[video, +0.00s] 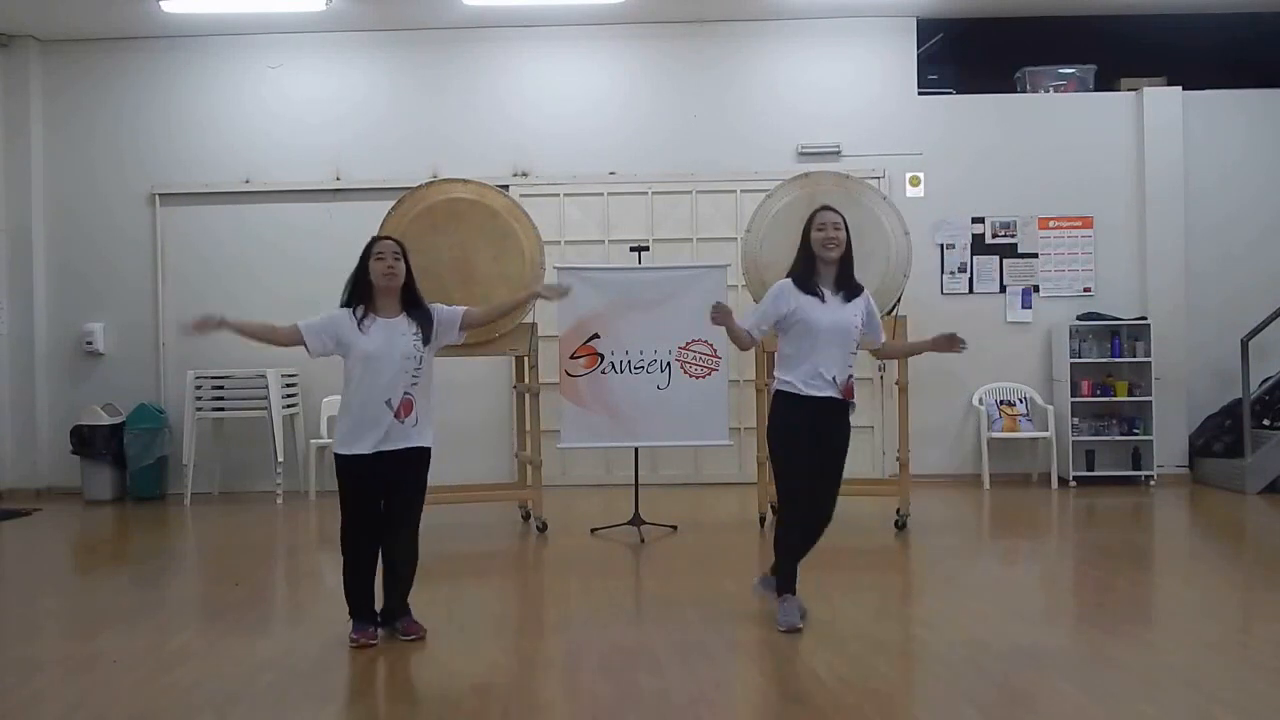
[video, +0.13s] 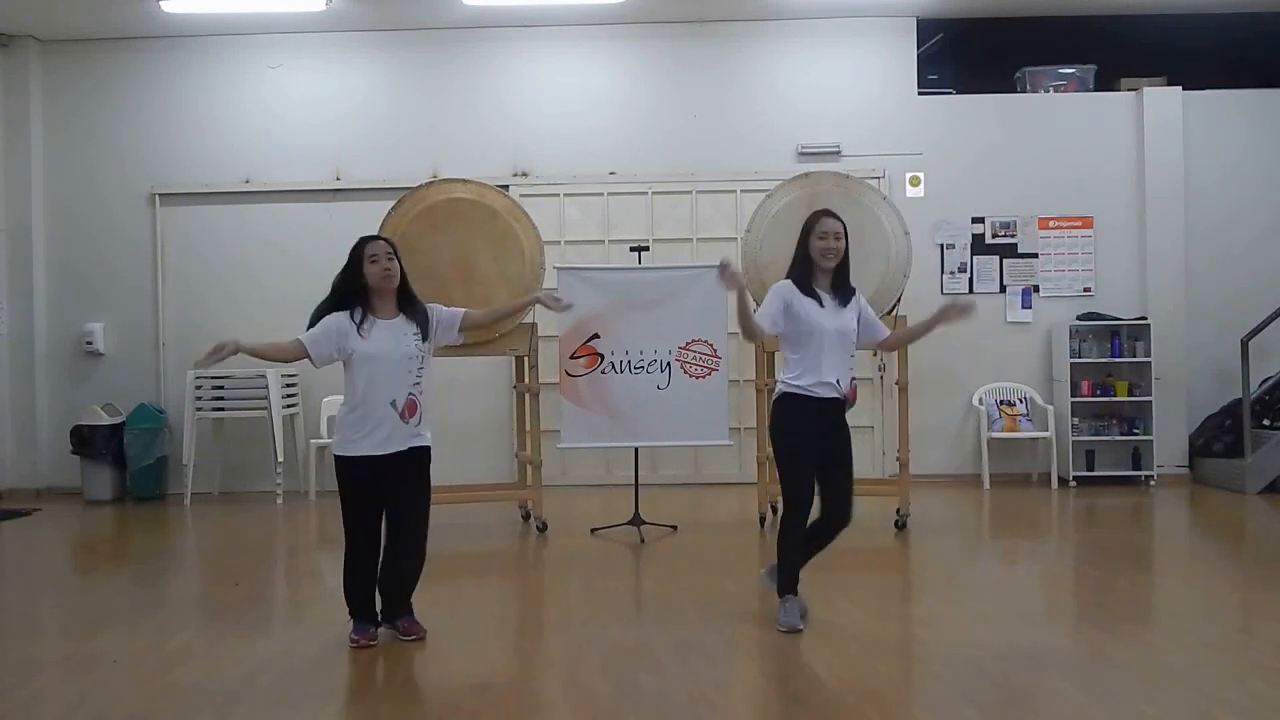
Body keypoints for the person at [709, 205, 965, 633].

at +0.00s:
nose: (829, 233)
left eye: (836, 227)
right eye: (820, 228)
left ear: (847, 239)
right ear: (807, 239)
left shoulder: (859, 297)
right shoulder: (787, 290)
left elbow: (881, 350)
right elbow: (747, 340)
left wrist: (931, 344)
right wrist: (729, 322)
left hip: (835, 411)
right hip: (790, 408)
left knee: (822, 509)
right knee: (794, 503)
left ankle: (775, 576)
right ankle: (787, 596)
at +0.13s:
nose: (831, 244)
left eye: (838, 237)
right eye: (822, 237)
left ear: (846, 245)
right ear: (806, 243)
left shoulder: (851, 297)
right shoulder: (786, 290)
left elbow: (887, 341)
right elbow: (755, 335)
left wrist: (937, 318)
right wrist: (738, 292)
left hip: (833, 412)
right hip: (793, 409)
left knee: (837, 514)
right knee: (797, 505)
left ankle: (780, 571)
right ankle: (789, 598)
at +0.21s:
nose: (833, 237)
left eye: (840, 231)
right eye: (824, 230)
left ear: (848, 240)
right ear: (809, 238)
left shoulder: (853, 293)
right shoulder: (794, 283)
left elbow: (904, 309)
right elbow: (774, 290)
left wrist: (935, 266)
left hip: (838, 405)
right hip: (798, 404)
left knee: (868, 499)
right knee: (802, 501)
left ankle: (820, 569)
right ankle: (788, 596)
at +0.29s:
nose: (835, 231)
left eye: (842, 224)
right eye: (827, 225)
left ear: (851, 235)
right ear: (812, 235)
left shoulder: (858, 287)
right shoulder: (802, 284)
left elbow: (910, 288)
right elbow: (800, 271)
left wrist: (930, 240)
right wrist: (807, 213)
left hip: (843, 402)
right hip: (803, 404)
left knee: (883, 490)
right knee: (802, 503)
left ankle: (855, 577)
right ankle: (788, 597)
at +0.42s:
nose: (843, 224)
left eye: (849, 219)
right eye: (833, 220)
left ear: (860, 231)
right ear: (819, 236)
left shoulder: (873, 283)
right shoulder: (812, 275)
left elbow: (919, 272)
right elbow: (850, 260)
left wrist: (923, 217)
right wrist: (860, 197)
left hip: (862, 403)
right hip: (819, 404)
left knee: (904, 492)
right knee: (808, 503)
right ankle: (789, 597)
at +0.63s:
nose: (864, 239)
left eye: (868, 232)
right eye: (854, 237)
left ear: (884, 239)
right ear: (845, 252)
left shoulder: (910, 284)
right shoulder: (844, 289)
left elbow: (950, 299)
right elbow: (872, 301)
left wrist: (927, 255)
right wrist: (907, 248)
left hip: (912, 409)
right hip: (866, 412)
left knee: (938, 505)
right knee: (840, 508)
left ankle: (953, 598)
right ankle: (795, 596)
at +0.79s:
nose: (888, 233)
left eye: (894, 225)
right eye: (879, 230)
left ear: (910, 232)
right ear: (872, 243)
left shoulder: (942, 283)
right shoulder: (872, 292)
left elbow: (989, 330)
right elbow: (838, 337)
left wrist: (981, 301)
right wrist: (855, 293)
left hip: (939, 405)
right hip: (890, 407)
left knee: (949, 505)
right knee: (887, 504)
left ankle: (954, 599)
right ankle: (855, 587)